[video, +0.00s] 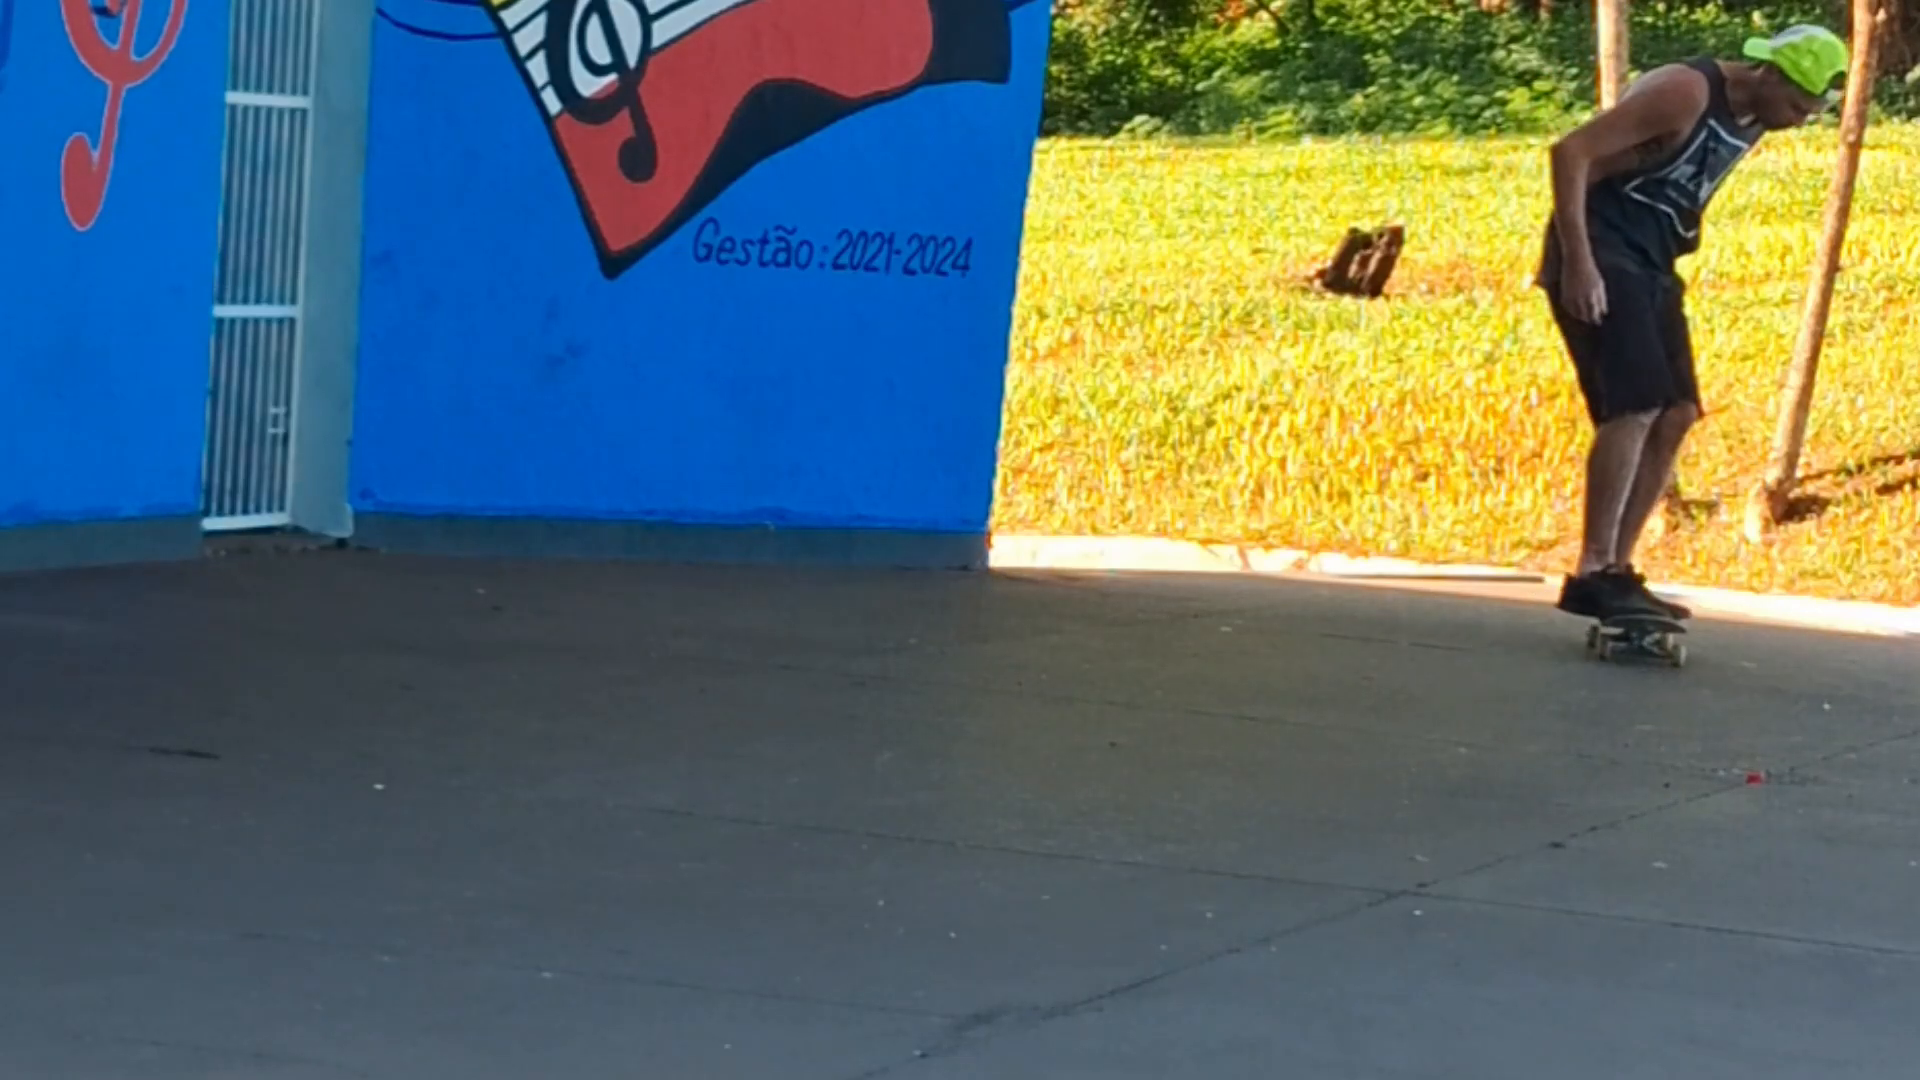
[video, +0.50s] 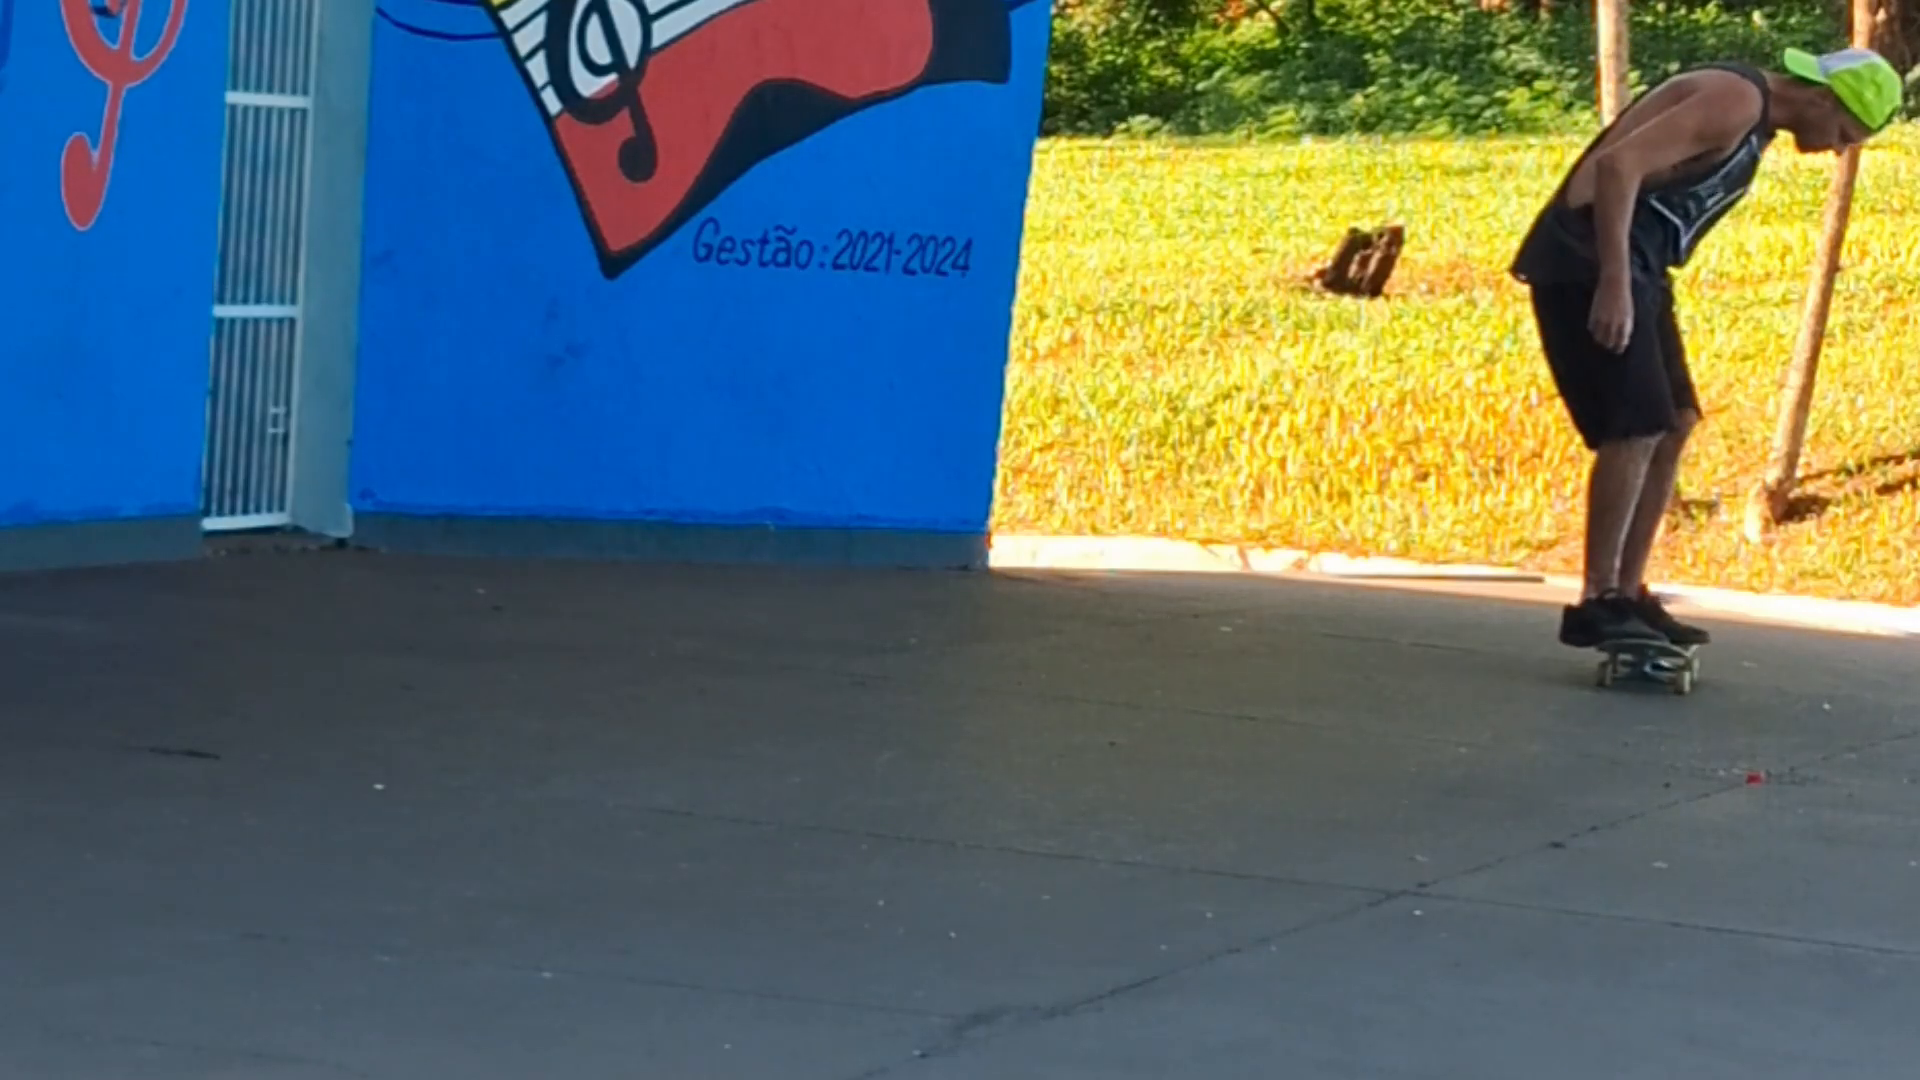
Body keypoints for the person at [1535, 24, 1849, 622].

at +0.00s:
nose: (1804, 116)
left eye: (1813, 108)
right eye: (1803, 102)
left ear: (1781, 83)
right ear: (1772, 74)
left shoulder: (1751, 120)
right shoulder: (1682, 91)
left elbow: (1676, 180)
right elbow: (1569, 153)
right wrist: (1578, 260)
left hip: (1650, 267)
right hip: (1597, 255)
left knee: (1676, 410)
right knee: (1632, 405)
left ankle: (1614, 570)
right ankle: (1591, 574)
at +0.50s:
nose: (1835, 151)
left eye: (1848, 145)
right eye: (1845, 137)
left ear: (1824, 98)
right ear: (1828, 98)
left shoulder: (1751, 123)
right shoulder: (1730, 100)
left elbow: (1649, 194)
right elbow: (1617, 163)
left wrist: (1643, 286)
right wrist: (1613, 281)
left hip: (1636, 270)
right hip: (1589, 262)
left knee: (1675, 420)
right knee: (1635, 426)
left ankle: (1626, 594)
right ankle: (1595, 602)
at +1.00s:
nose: (1834, 191)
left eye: (1846, 185)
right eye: (1843, 176)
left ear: (1824, 136)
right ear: (1824, 137)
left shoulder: (1743, 162)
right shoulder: (1728, 128)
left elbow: (1630, 232)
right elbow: (1604, 186)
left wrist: (1627, 314)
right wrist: (1598, 312)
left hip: (1584, 272)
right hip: (1545, 266)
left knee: (1653, 435)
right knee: (1618, 437)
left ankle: (1584, 616)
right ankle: (1568, 625)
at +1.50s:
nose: (1790, 230)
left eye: (1804, 225)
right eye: (1801, 215)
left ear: (1785, 177)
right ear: (1784, 172)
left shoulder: (1700, 185)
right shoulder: (1693, 157)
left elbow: (1572, 249)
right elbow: (1561, 217)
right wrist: (1554, 357)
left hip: (1514, 266)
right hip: (1474, 254)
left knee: (1598, 439)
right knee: (1565, 438)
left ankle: (1521, 633)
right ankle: (1466, 621)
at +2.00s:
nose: (1702, 281)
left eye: (1717, 276)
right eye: (1716, 267)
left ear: (1696, 217)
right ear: (1699, 223)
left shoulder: (1614, 210)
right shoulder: (1608, 205)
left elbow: (1490, 308)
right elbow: (1490, 297)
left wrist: (1424, 480)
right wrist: (1482, 449)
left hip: (1405, 275)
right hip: (1364, 270)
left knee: (1518, 445)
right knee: (1478, 469)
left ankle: (1416, 651)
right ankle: (1351, 641)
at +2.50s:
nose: (1628, 144)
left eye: (1646, 133)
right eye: (1643, 122)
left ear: (1609, 75)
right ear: (1615, 76)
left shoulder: (1513, 110)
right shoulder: (1491, 78)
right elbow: (1320, 101)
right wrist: (1173, 174)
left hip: (1345, 270)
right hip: (1295, 256)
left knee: (1422, 459)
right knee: (1394, 463)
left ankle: (1305, 665)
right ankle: (1239, 649)